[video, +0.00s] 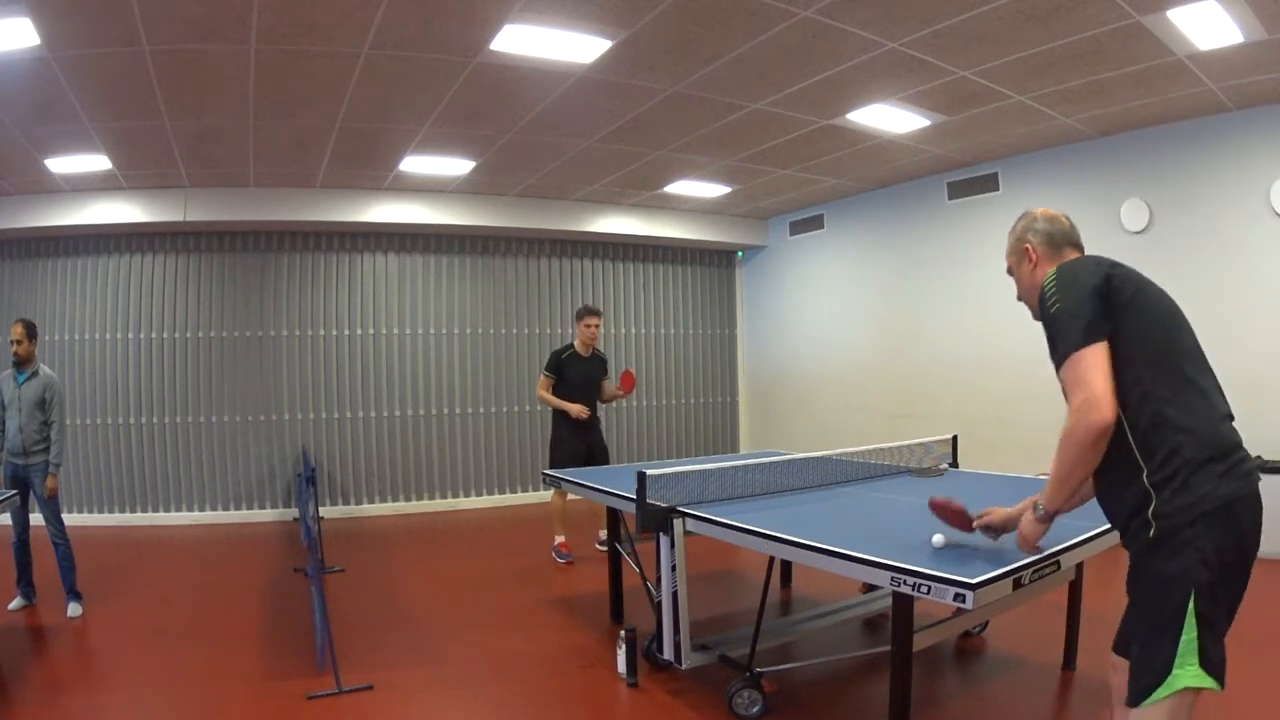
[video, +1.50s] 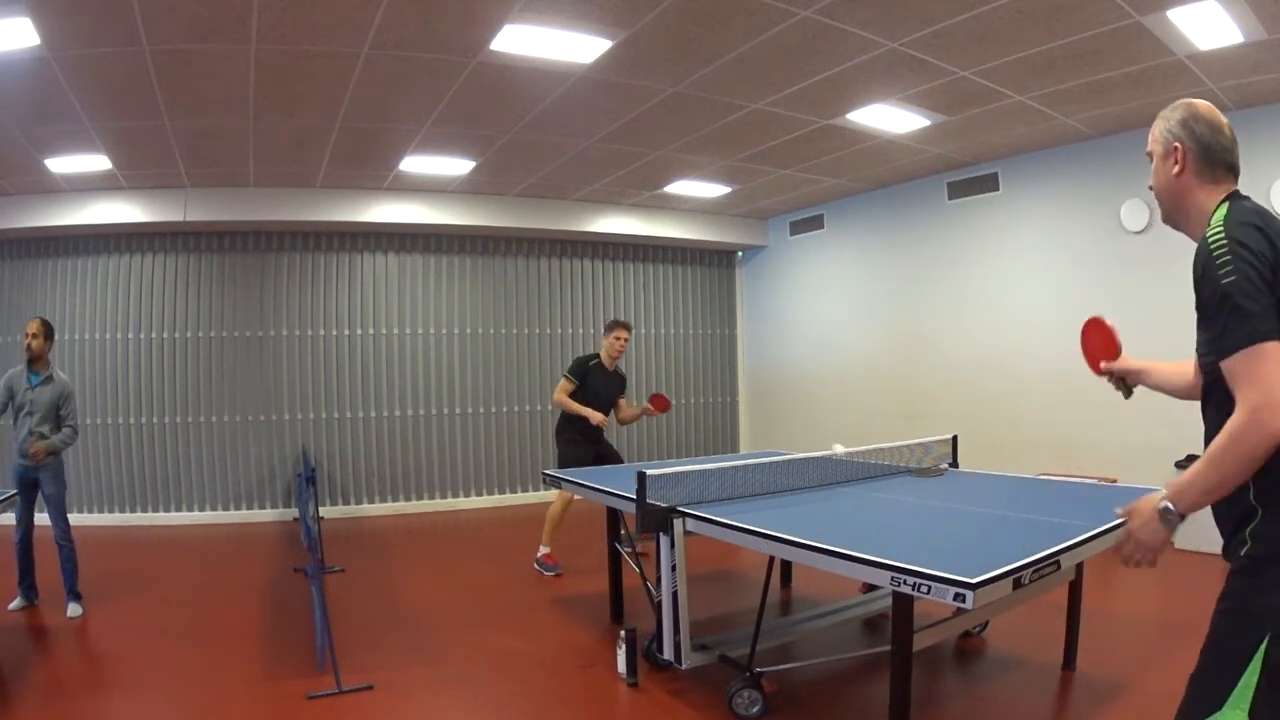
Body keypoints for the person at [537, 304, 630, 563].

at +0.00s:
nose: (593, 331)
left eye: (597, 327)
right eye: (588, 326)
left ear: (601, 330)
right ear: (577, 327)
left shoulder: (600, 360)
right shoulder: (560, 357)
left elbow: (602, 395)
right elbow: (541, 392)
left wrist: (619, 391)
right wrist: (569, 407)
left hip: (592, 431)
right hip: (565, 433)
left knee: (603, 483)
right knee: (561, 488)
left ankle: (605, 536)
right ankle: (559, 541)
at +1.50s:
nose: (621, 345)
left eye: (625, 341)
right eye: (617, 339)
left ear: (627, 345)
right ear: (604, 339)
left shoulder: (619, 378)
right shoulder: (583, 365)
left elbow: (622, 416)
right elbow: (558, 397)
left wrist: (642, 410)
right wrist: (589, 412)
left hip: (596, 437)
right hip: (572, 435)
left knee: (624, 479)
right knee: (568, 491)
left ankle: (620, 537)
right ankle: (544, 552)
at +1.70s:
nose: (636, 367)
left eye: (640, 363)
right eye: (632, 360)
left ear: (641, 366)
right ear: (618, 358)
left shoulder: (617, 391)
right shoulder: (602, 382)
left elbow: (611, 433)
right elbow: (588, 416)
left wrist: (639, 439)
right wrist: (625, 421)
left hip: (594, 449)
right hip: (575, 448)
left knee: (627, 481)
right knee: (575, 505)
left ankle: (621, 539)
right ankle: (526, 550)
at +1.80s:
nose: (637, 375)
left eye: (641, 371)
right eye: (634, 369)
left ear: (641, 373)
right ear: (618, 366)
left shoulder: (611, 390)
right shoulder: (607, 387)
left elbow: (594, 434)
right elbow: (598, 423)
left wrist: (616, 453)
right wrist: (632, 426)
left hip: (586, 451)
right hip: (570, 451)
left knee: (623, 482)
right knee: (571, 512)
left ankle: (622, 539)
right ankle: (521, 554)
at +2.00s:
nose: (628, 374)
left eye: (629, 369)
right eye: (625, 368)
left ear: (613, 365)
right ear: (609, 363)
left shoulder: (598, 388)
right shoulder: (589, 383)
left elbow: (585, 432)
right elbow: (572, 419)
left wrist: (614, 448)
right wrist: (609, 423)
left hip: (575, 450)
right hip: (555, 450)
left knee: (612, 487)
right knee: (558, 512)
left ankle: (622, 540)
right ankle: (515, 558)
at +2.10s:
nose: (618, 364)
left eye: (620, 358)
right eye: (614, 358)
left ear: (609, 357)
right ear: (599, 354)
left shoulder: (603, 386)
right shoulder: (569, 376)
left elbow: (622, 418)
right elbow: (556, 416)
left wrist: (652, 403)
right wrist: (595, 418)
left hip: (577, 443)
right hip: (552, 443)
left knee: (611, 489)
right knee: (550, 504)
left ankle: (622, 541)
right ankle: (515, 558)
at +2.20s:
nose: (603, 354)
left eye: (605, 349)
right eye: (598, 349)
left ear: (606, 349)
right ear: (582, 348)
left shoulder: (602, 372)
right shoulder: (559, 374)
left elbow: (638, 383)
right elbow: (544, 414)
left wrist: (634, 359)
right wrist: (576, 414)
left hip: (585, 446)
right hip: (554, 447)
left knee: (614, 489)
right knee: (544, 498)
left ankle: (622, 542)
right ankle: (519, 554)